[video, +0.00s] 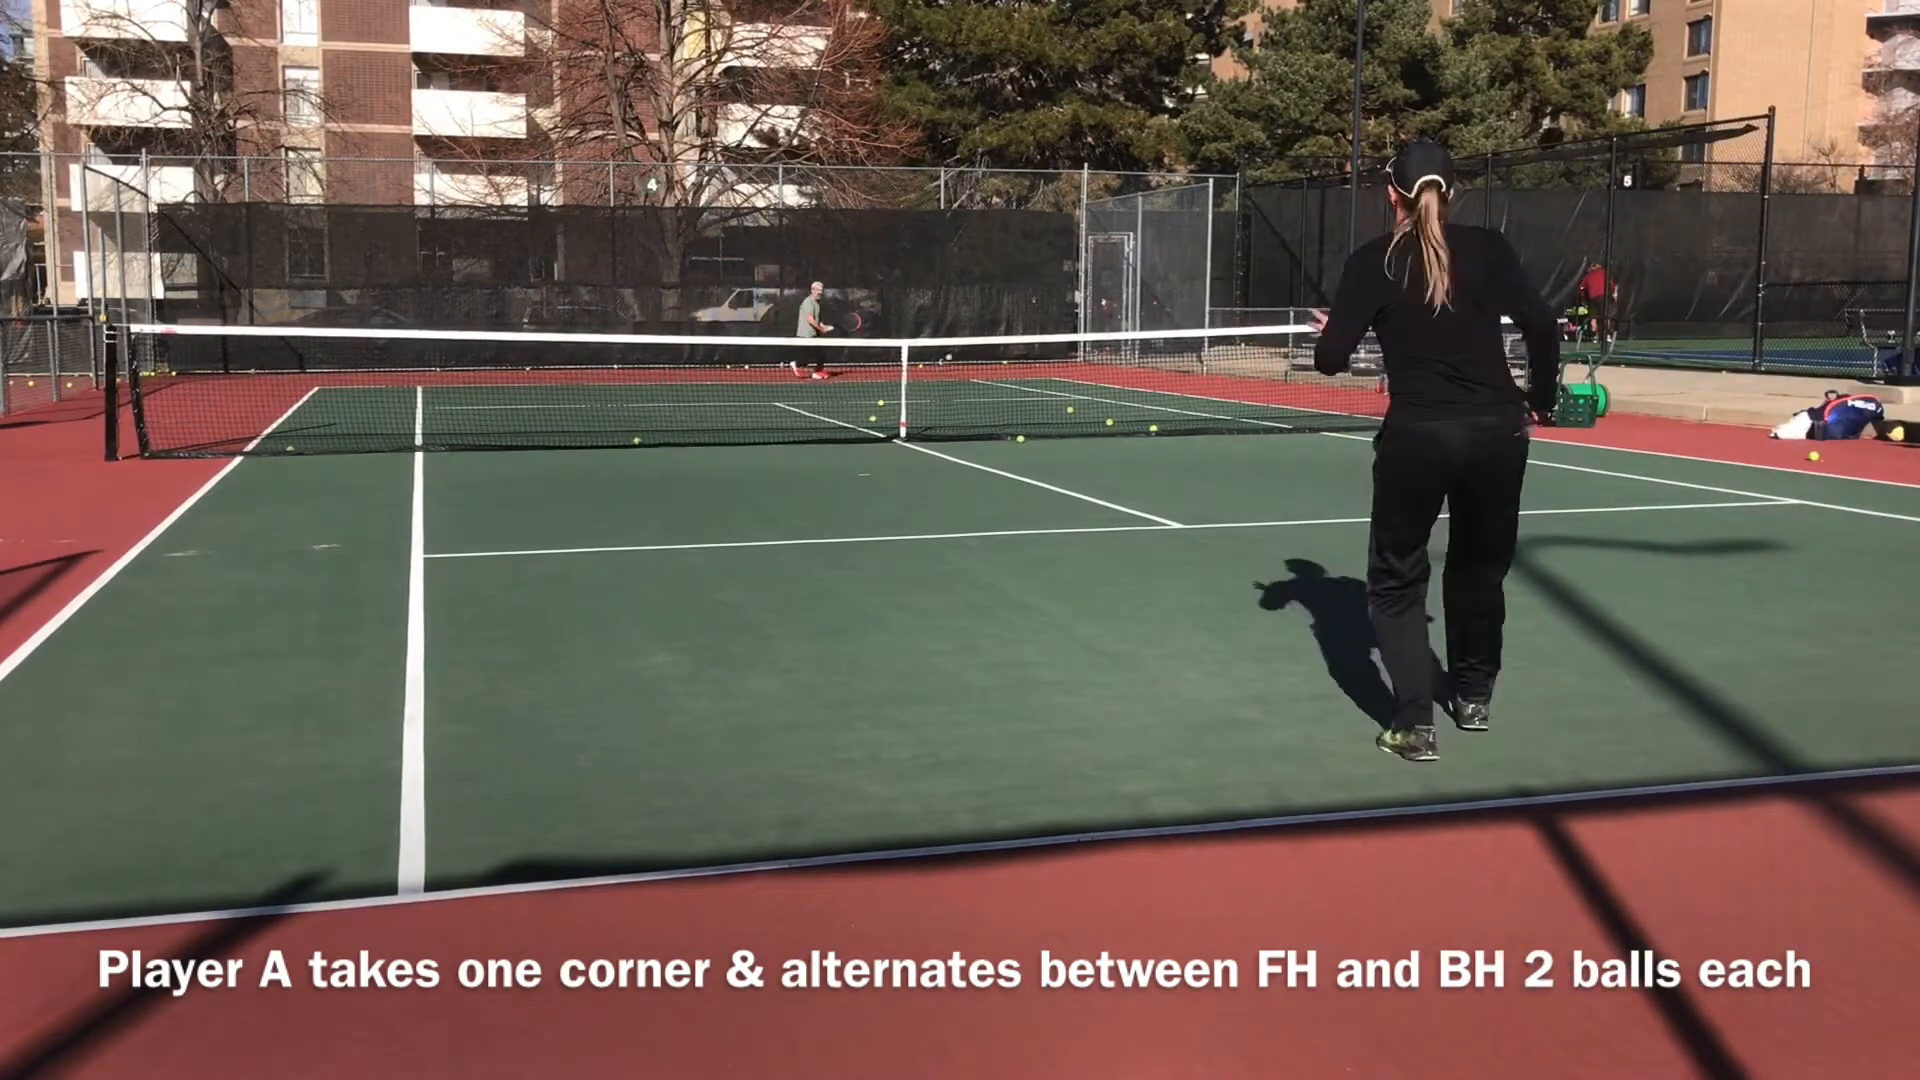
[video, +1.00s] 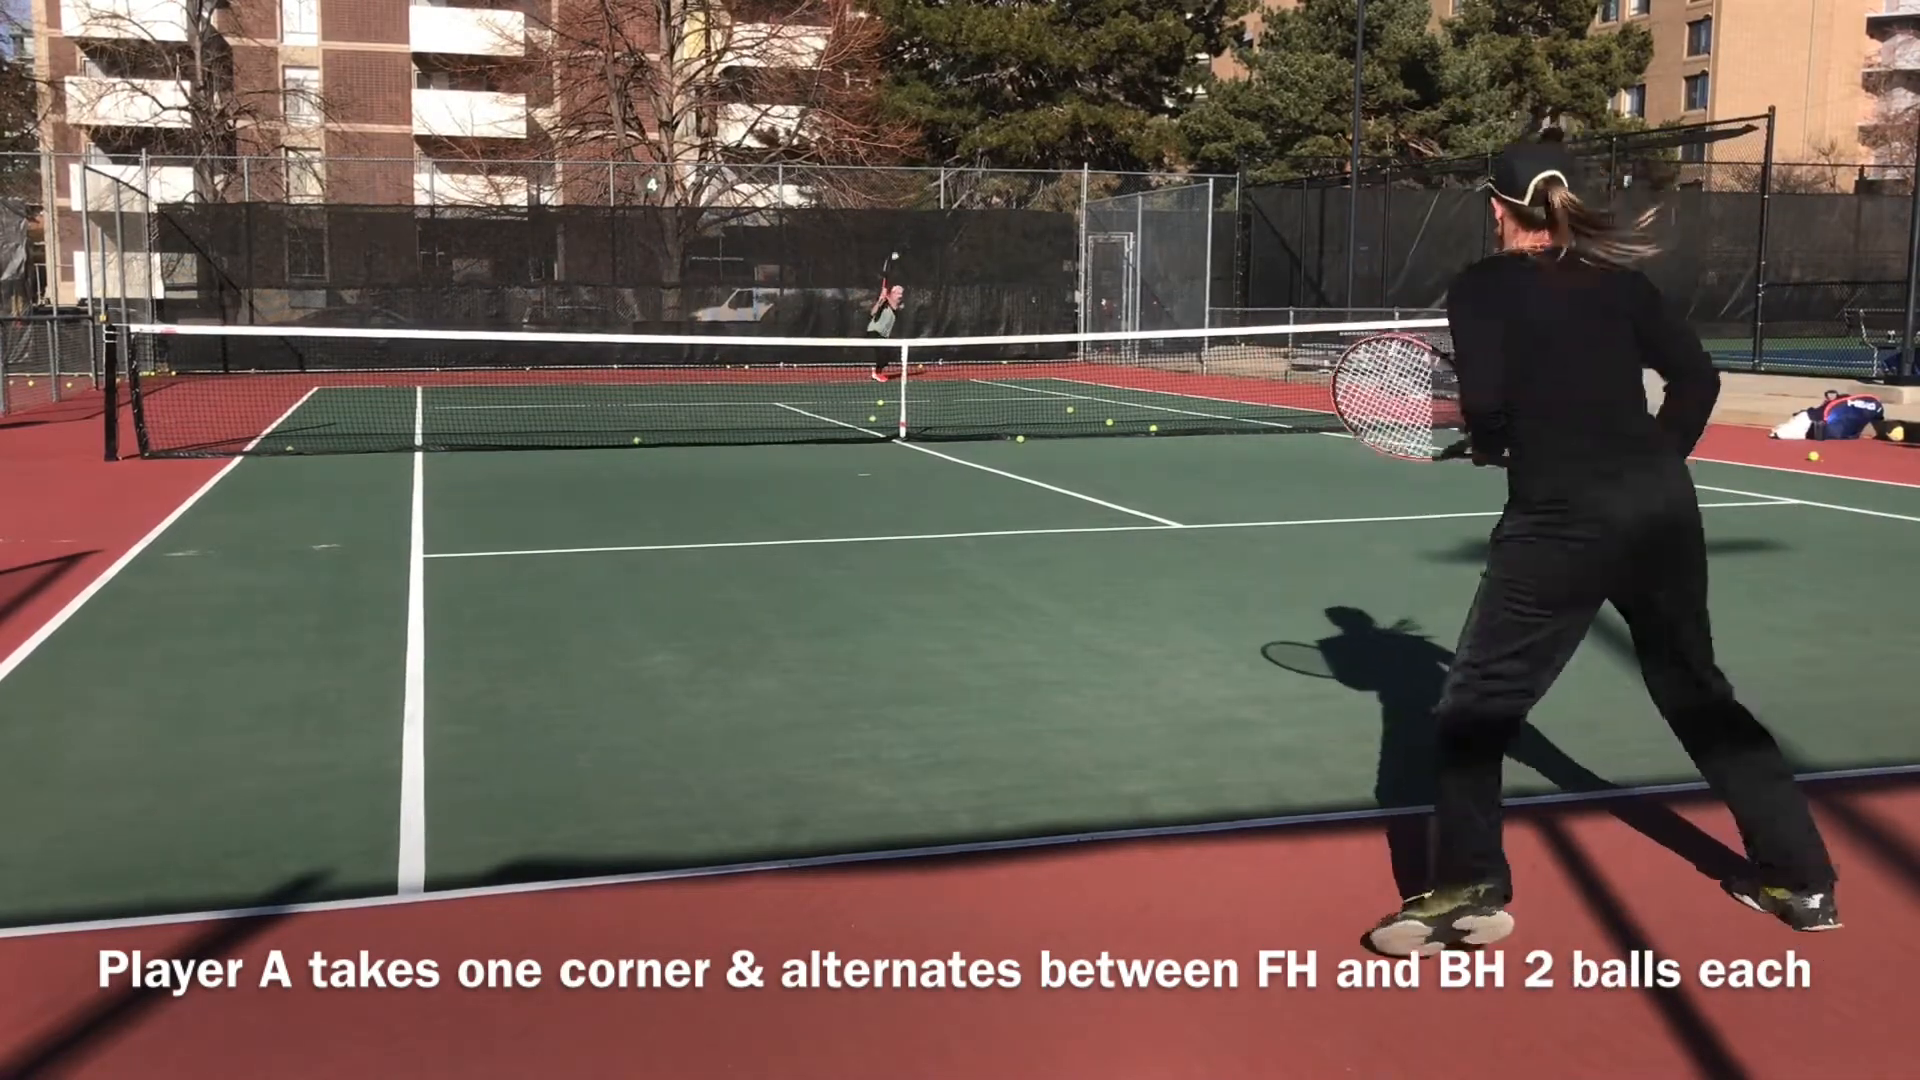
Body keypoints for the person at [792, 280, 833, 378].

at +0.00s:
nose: (819, 292)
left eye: (821, 290)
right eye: (817, 290)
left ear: (821, 291)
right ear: (812, 290)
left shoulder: (816, 304)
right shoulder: (808, 303)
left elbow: (816, 319)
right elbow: (810, 319)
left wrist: (823, 327)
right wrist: (820, 328)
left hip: (812, 334)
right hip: (805, 335)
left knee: (820, 353)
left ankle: (819, 370)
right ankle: (797, 364)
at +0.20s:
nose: (839, 296)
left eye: (840, 294)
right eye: (837, 293)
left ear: (841, 295)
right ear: (832, 294)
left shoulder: (827, 304)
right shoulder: (831, 305)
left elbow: (829, 322)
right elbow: (832, 322)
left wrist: (836, 332)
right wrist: (838, 333)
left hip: (821, 334)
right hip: (825, 334)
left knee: (833, 354)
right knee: (844, 347)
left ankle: (820, 370)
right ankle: (848, 370)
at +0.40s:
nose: (862, 300)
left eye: (862, 298)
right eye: (859, 298)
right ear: (854, 298)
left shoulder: (847, 308)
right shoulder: (852, 309)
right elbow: (855, 328)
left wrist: (853, 331)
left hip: (840, 337)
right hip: (846, 337)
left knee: (840, 358)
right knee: (862, 352)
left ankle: (822, 368)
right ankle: (871, 371)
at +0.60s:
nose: (885, 307)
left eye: (885, 304)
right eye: (883, 304)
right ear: (875, 304)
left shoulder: (877, 316)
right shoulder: (868, 315)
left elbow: (882, 331)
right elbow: (876, 333)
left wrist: (881, 334)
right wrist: (883, 333)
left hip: (865, 340)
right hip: (857, 340)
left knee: (856, 364)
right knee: (876, 351)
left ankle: (836, 368)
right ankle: (876, 374)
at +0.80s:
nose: (894, 304)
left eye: (895, 302)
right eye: (892, 301)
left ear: (896, 303)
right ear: (887, 302)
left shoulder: (890, 312)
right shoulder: (878, 308)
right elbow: (876, 324)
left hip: (877, 337)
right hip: (867, 334)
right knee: (877, 353)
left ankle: (842, 365)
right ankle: (876, 374)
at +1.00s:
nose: (900, 296)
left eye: (901, 294)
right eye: (897, 293)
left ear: (902, 295)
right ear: (890, 294)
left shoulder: (895, 308)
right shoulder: (884, 303)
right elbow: (873, 313)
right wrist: (881, 300)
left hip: (884, 334)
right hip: (874, 331)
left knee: (887, 353)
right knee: (882, 351)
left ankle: (879, 371)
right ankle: (876, 371)